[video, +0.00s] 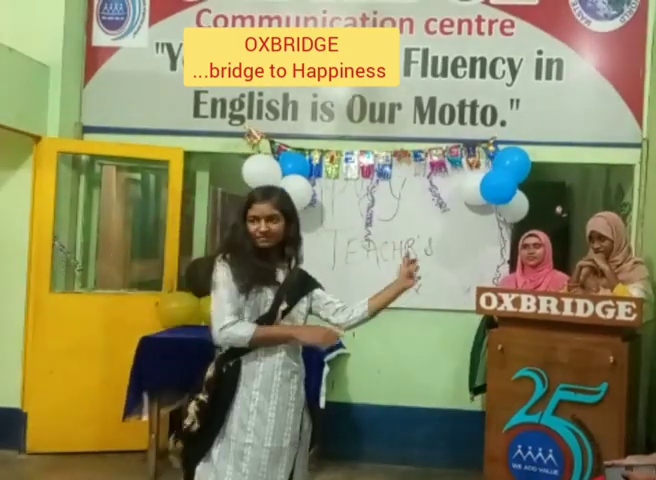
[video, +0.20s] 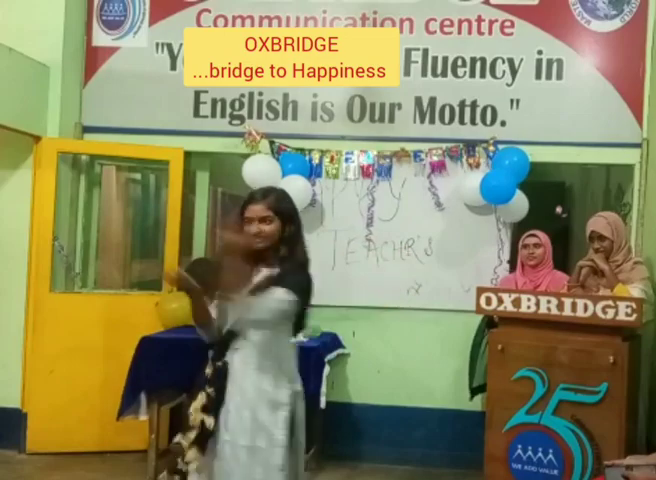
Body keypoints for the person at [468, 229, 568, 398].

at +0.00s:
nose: (531, 251)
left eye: (537, 246)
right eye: (525, 247)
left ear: (547, 251)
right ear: (519, 252)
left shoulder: (561, 281)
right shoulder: (507, 281)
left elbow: (567, 318)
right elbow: (495, 317)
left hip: (549, 349)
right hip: (512, 347)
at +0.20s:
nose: (531, 251)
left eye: (537, 246)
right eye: (525, 247)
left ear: (547, 251)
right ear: (519, 252)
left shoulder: (561, 281)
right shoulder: (508, 281)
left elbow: (565, 318)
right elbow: (497, 318)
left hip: (549, 348)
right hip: (513, 347)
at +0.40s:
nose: (531, 251)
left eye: (537, 246)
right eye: (526, 247)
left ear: (547, 251)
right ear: (519, 252)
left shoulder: (562, 282)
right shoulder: (507, 282)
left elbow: (566, 319)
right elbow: (496, 319)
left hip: (549, 351)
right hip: (512, 349)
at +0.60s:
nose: (531, 251)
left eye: (536, 246)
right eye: (526, 247)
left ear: (546, 251)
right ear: (520, 252)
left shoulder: (561, 281)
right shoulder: (507, 281)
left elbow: (565, 319)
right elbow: (495, 319)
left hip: (549, 351)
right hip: (512, 350)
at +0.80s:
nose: (531, 252)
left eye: (536, 246)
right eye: (526, 247)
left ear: (547, 251)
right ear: (519, 253)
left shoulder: (562, 281)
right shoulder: (507, 282)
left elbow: (566, 317)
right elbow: (497, 316)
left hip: (549, 348)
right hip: (512, 346)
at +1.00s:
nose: (530, 252)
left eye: (536, 246)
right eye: (525, 247)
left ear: (547, 250)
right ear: (519, 252)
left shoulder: (561, 281)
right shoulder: (508, 281)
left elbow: (566, 317)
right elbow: (496, 315)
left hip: (549, 347)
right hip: (512, 346)